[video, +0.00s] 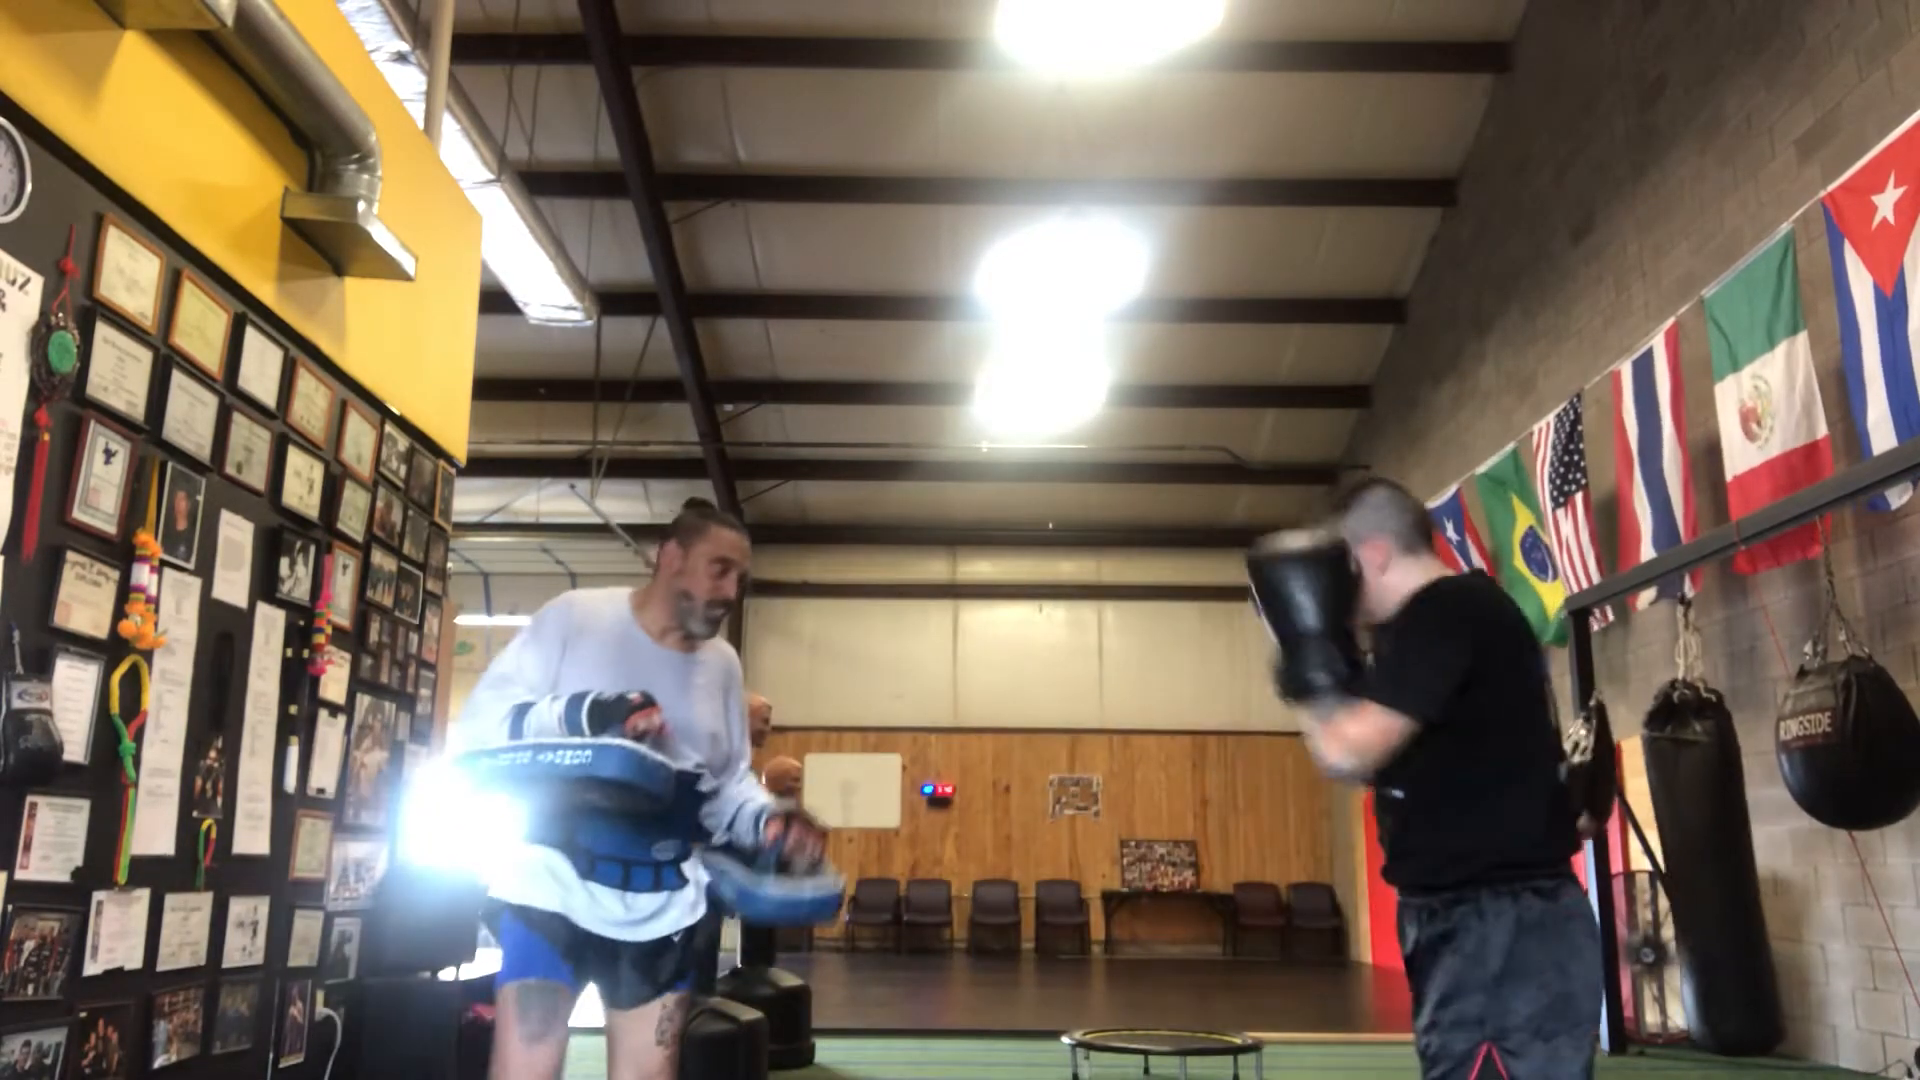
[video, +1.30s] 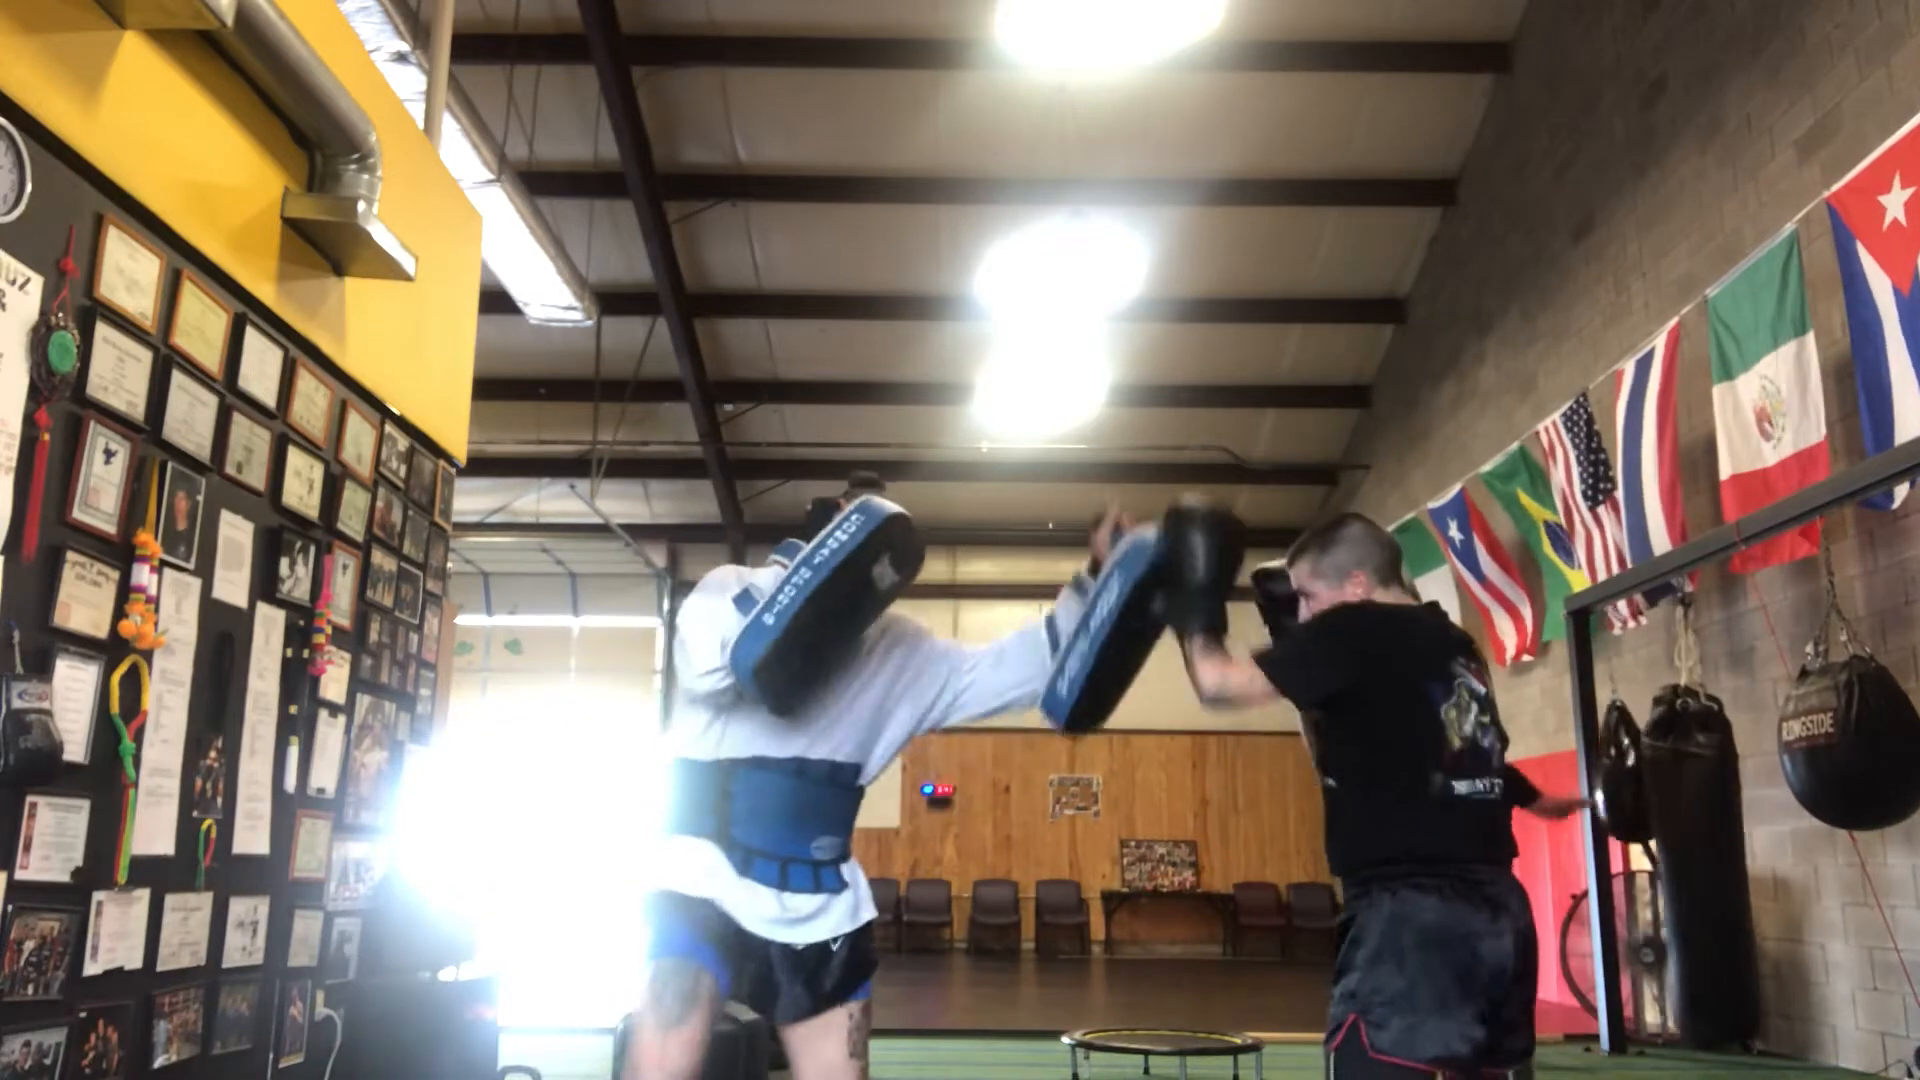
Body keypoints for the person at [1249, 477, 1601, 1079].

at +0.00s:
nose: (1340, 587)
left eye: (1344, 568)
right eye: (1338, 569)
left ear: (1375, 556)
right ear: (1391, 547)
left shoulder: (1450, 613)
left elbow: (1349, 748)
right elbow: (1347, 752)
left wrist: (1307, 648)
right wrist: (1324, 653)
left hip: (1497, 937)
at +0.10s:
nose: (1352, 595)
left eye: (1354, 575)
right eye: (1346, 579)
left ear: (1402, 565)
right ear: (1406, 565)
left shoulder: (1478, 627)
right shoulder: (1460, 633)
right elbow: (1398, 767)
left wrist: (1348, 683)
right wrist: (1352, 676)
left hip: (1504, 938)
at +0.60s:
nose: (1371, 606)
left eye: (1380, 589)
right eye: (1367, 593)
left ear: (1436, 584)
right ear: (1436, 586)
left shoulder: (1487, 639)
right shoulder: (1450, 661)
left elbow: (1448, 769)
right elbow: (1414, 799)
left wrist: (1374, 670)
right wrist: (1345, 711)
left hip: (1502, 920)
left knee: (1411, 1069)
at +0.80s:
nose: (1332, 611)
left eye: (1342, 590)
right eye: (1329, 595)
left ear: (1398, 584)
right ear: (1401, 585)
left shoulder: (1437, 646)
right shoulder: (1458, 644)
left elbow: (1374, 772)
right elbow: (1371, 766)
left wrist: (1308, 688)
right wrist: (1314, 692)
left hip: (1452, 930)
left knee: (1393, 1066)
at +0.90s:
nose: (1325, 605)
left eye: (1331, 586)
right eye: (1322, 591)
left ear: (1380, 579)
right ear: (1389, 579)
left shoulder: (1410, 634)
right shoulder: (1453, 637)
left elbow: (1302, 726)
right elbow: (1339, 763)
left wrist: (1273, 651)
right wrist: (1281, 673)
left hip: (1438, 919)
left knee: (1392, 1066)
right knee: (1454, 1068)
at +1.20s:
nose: (1309, 620)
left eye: (1316, 600)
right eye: (1306, 603)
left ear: (1367, 593)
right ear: (1373, 591)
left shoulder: (1378, 652)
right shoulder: (1453, 651)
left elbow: (1254, 720)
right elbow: (1321, 762)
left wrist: (1196, 632)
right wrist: (1292, 649)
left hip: (1414, 931)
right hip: (1492, 921)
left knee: (1363, 1066)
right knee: (1486, 1069)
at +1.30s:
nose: (1302, 612)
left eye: (1307, 596)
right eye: (1299, 599)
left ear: (1356, 586)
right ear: (1373, 584)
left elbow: (1217, 682)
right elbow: (1341, 762)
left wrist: (1185, 586)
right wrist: (1297, 644)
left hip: (1409, 923)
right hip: (1496, 915)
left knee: (1378, 1065)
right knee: (1490, 1068)